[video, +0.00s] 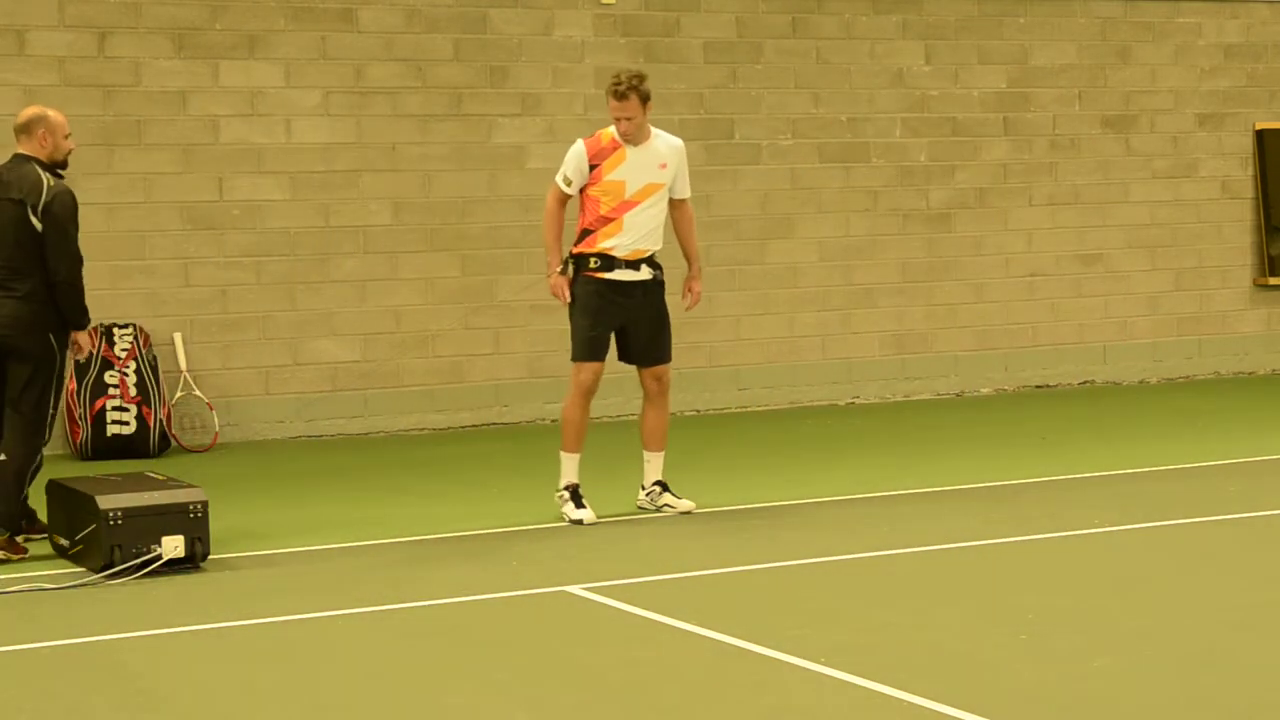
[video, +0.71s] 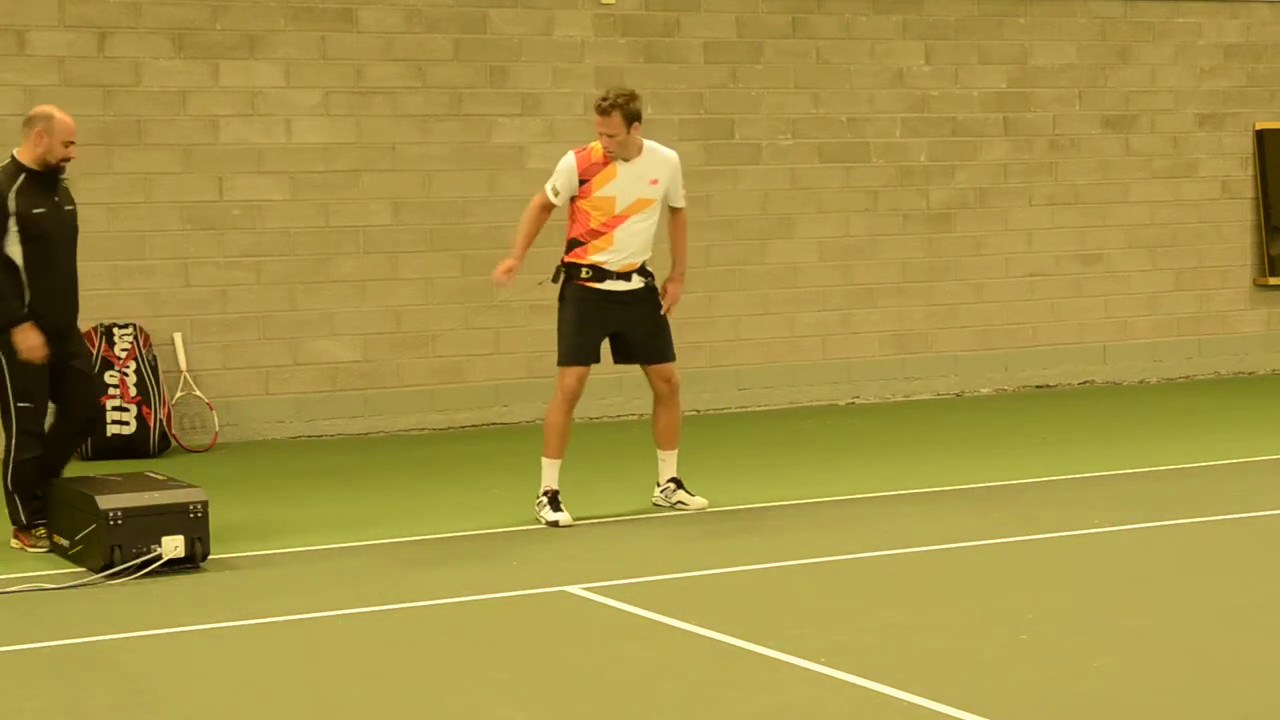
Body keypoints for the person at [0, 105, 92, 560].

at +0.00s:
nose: (72, 145)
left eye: (70, 136)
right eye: (66, 137)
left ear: (31, 137)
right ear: (42, 138)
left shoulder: (3, 178)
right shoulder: (53, 193)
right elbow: (64, 269)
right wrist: (78, 323)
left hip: (5, 322)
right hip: (32, 327)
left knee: (18, 422)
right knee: (26, 427)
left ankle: (20, 515)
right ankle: (4, 529)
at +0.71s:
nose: (72, 153)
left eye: (74, 145)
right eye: (67, 144)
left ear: (47, 139)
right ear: (40, 138)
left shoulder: (57, 186)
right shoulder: (4, 188)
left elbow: (58, 261)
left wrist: (70, 320)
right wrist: (17, 322)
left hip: (60, 326)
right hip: (20, 329)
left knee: (82, 407)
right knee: (26, 423)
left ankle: (38, 487)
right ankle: (25, 521)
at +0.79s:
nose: (70, 151)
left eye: (71, 143)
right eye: (63, 143)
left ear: (44, 139)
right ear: (34, 138)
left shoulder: (64, 187)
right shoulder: (2, 190)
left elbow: (70, 259)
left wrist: (83, 313)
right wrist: (2, 329)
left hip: (67, 327)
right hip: (21, 332)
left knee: (90, 408)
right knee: (24, 429)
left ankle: (58, 501)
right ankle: (27, 522)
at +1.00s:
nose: (71, 145)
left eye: (71, 137)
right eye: (63, 137)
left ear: (55, 138)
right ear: (32, 138)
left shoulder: (78, 187)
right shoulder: (4, 190)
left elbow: (95, 254)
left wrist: (119, 306)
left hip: (74, 330)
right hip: (19, 333)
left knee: (102, 420)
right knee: (23, 430)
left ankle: (121, 517)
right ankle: (28, 521)